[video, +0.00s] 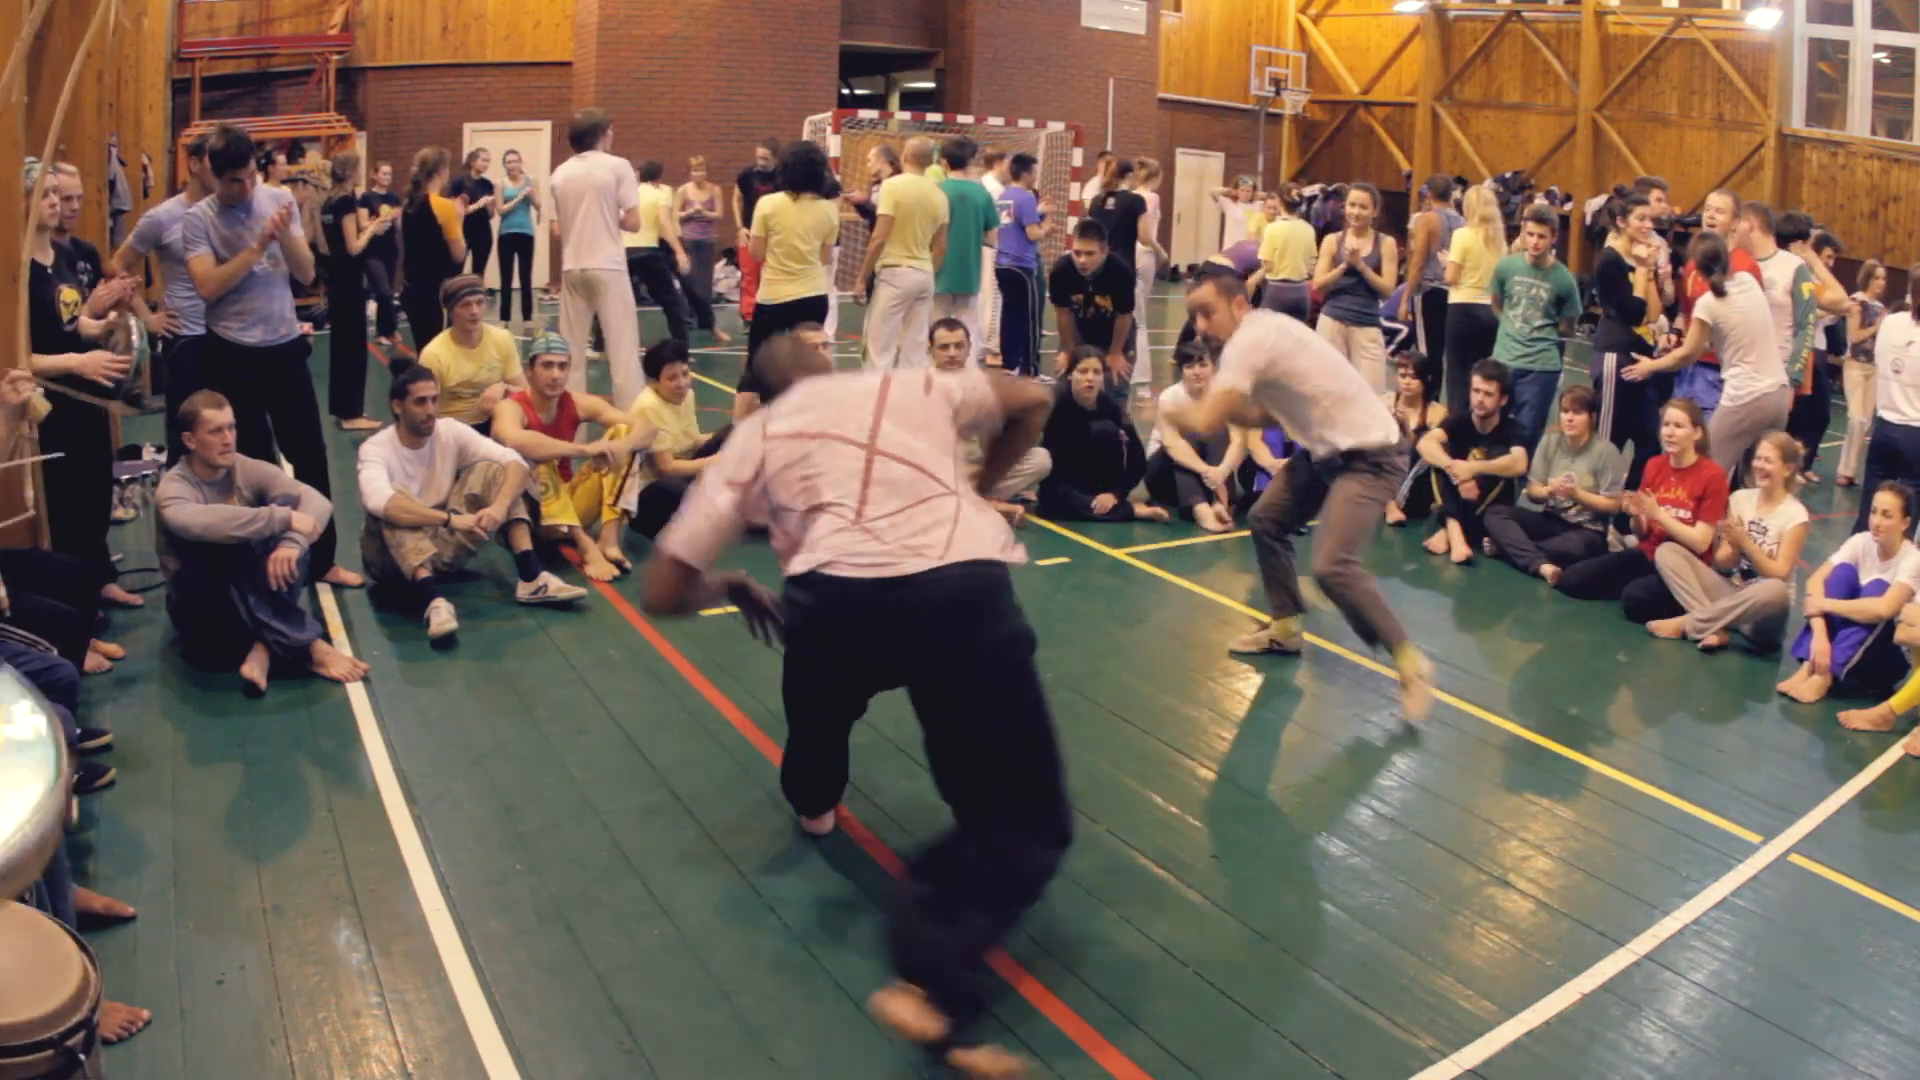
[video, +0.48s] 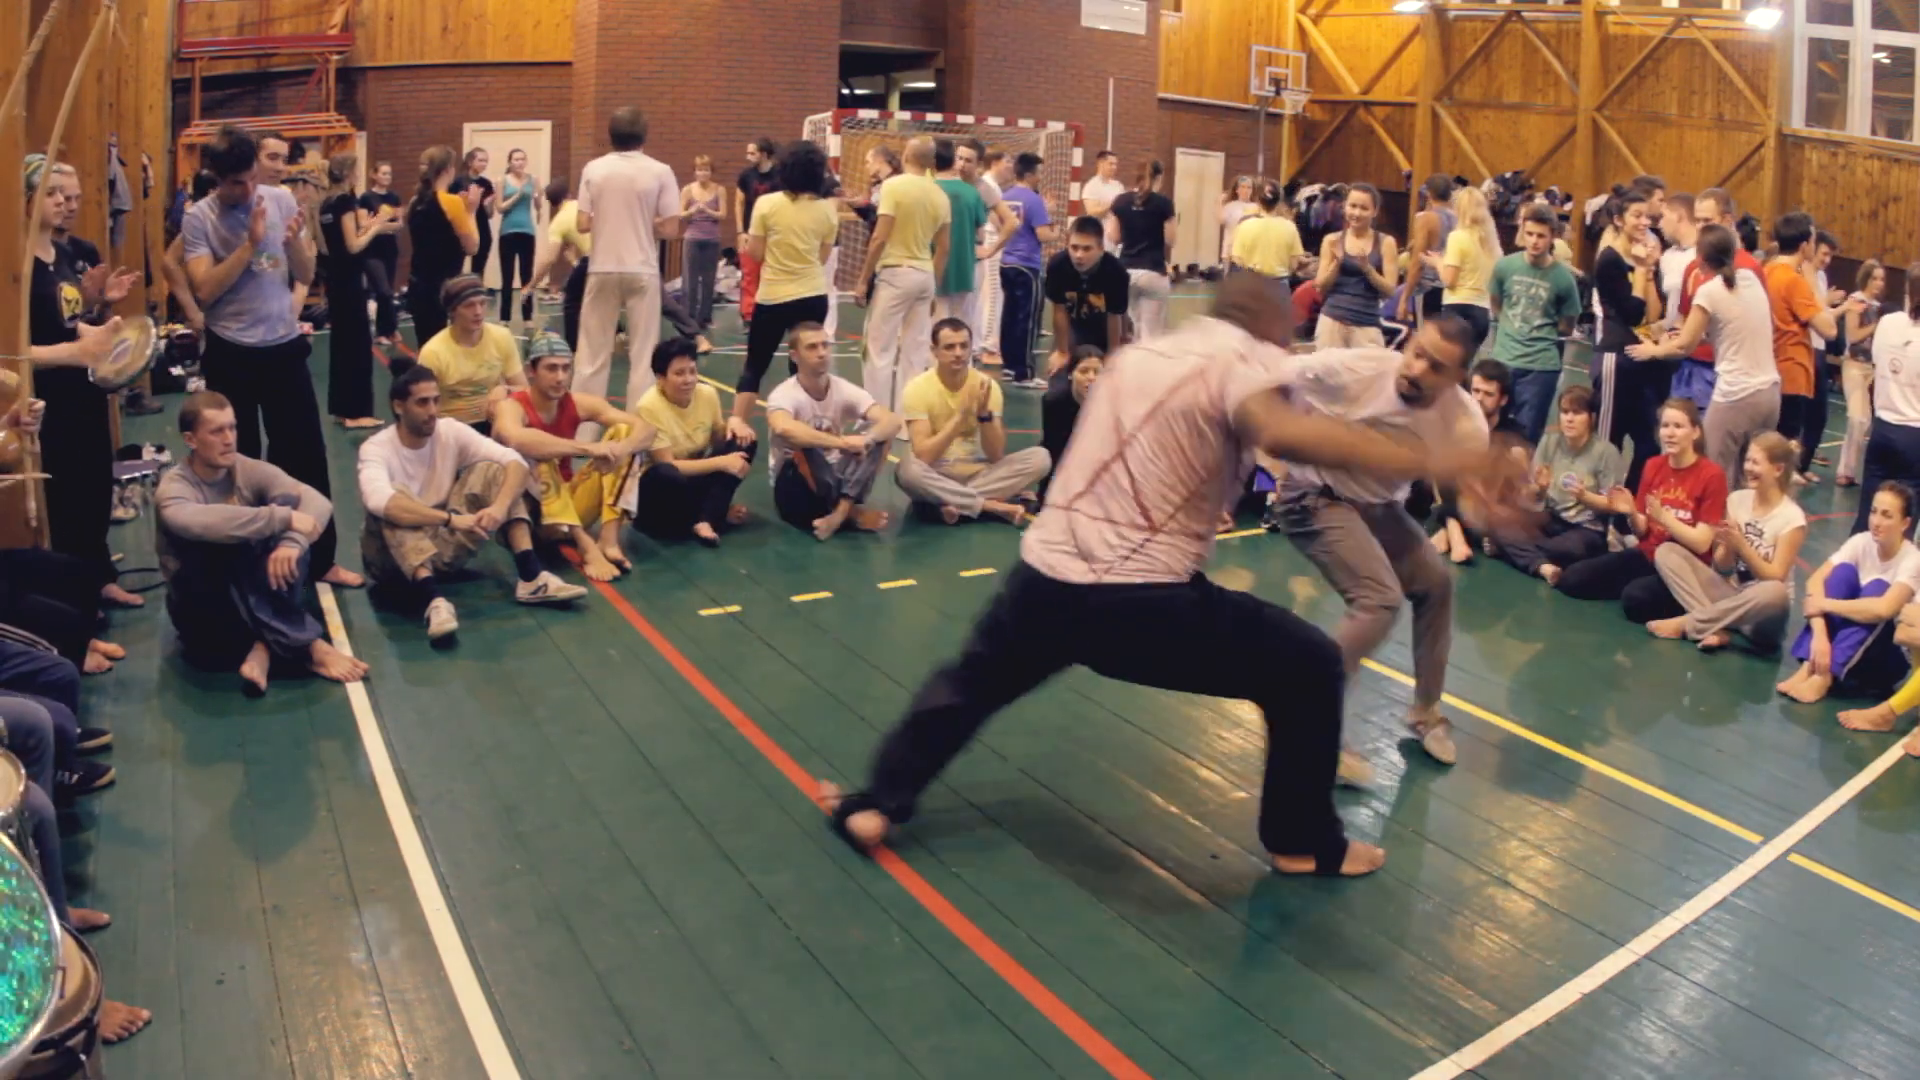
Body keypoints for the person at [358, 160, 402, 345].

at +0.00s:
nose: (388, 177)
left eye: (389, 174)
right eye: (384, 174)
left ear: (391, 177)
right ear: (374, 175)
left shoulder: (394, 198)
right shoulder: (366, 198)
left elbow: (399, 224)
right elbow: (363, 224)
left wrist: (394, 216)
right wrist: (382, 220)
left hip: (391, 247)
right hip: (372, 248)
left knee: (386, 292)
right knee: (384, 291)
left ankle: (383, 331)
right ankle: (390, 329)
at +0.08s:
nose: (387, 177)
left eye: (389, 174)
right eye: (384, 174)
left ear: (391, 177)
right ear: (374, 175)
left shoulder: (394, 199)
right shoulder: (365, 198)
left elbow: (399, 224)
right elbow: (362, 224)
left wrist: (394, 217)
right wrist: (385, 219)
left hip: (391, 247)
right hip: (372, 248)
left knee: (386, 292)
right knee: (384, 291)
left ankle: (384, 331)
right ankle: (390, 329)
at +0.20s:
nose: (387, 177)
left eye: (389, 174)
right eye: (384, 173)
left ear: (391, 177)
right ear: (374, 175)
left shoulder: (394, 199)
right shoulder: (365, 199)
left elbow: (399, 224)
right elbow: (361, 224)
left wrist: (398, 217)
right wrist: (381, 218)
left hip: (391, 246)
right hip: (372, 246)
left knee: (386, 292)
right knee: (383, 291)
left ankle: (385, 332)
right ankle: (389, 330)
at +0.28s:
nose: (388, 177)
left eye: (389, 174)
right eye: (384, 173)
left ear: (391, 177)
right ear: (374, 175)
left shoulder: (394, 199)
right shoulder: (365, 199)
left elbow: (397, 225)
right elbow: (361, 223)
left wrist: (399, 218)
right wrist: (381, 219)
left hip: (390, 245)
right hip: (371, 245)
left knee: (385, 291)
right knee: (383, 290)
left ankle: (383, 332)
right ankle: (390, 329)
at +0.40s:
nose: (387, 177)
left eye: (389, 174)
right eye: (384, 173)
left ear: (391, 177)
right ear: (374, 175)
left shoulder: (394, 198)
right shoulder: (365, 198)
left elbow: (400, 222)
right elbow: (362, 224)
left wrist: (392, 218)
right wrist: (383, 220)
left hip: (390, 247)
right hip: (372, 247)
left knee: (386, 291)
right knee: (383, 290)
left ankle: (384, 332)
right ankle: (390, 329)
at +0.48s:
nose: (388, 177)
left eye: (389, 174)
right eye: (384, 173)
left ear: (391, 176)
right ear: (374, 175)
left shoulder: (394, 198)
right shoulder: (365, 199)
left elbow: (400, 223)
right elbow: (363, 225)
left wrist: (376, 226)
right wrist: (383, 217)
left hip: (390, 246)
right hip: (372, 246)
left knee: (385, 291)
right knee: (383, 290)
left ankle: (383, 332)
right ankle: (391, 328)